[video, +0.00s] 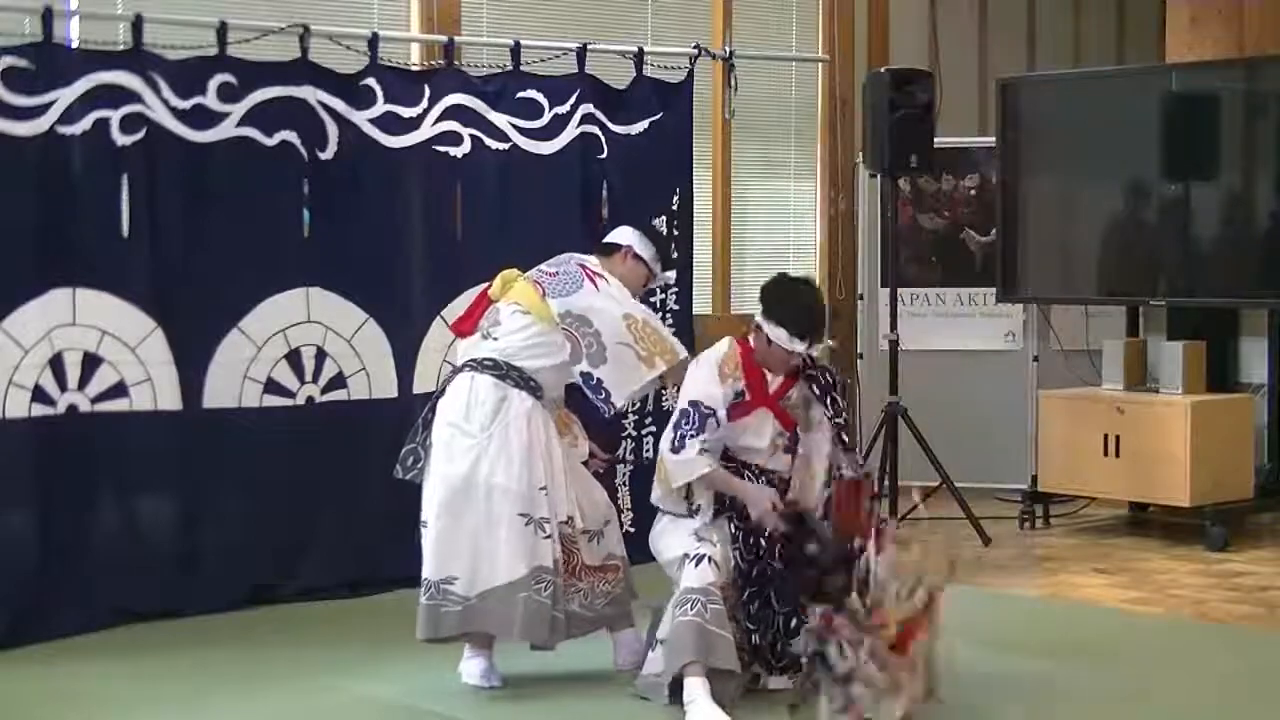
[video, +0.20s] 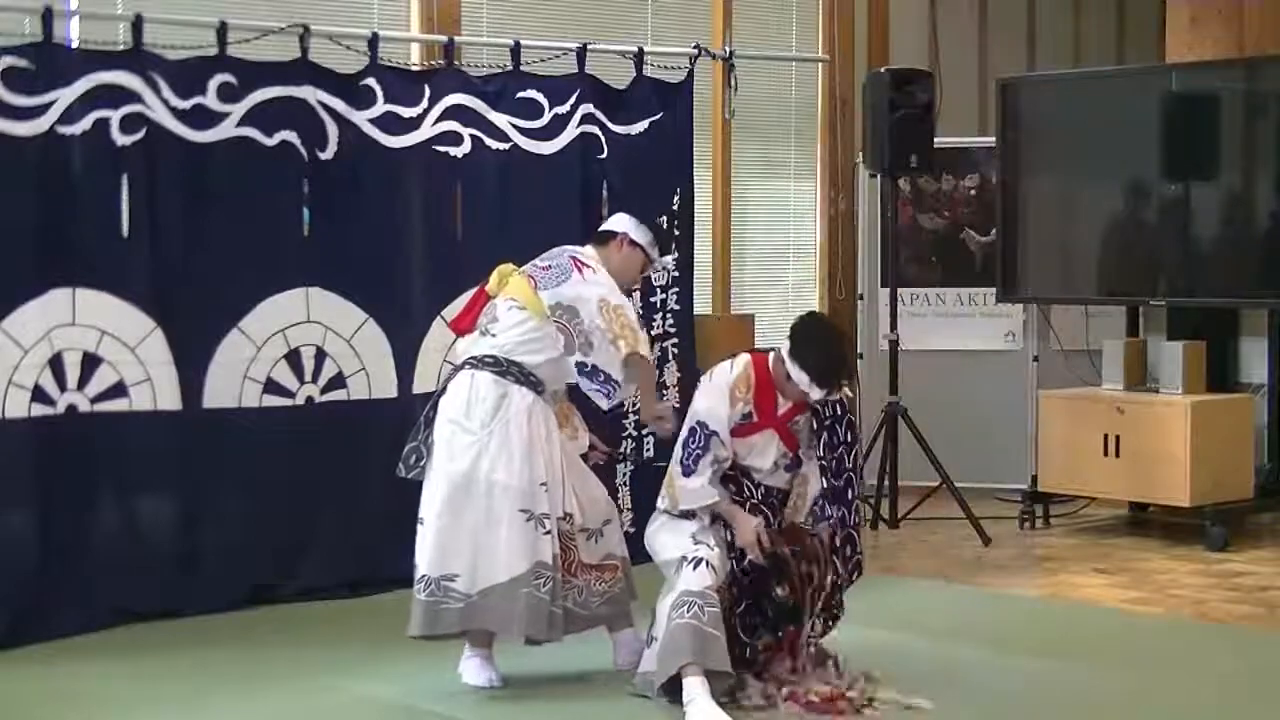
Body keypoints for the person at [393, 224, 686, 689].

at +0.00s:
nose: (644, 290)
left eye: (649, 282)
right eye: (646, 276)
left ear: (619, 255)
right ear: (627, 255)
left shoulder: (559, 274)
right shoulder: (594, 280)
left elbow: (543, 384)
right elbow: (656, 349)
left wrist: (581, 443)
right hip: (492, 403)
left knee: (593, 512)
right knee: (487, 526)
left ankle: (627, 643)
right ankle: (478, 653)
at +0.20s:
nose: (640, 280)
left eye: (646, 271)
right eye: (643, 266)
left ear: (613, 243)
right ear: (622, 245)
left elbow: (542, 370)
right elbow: (634, 353)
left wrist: (577, 432)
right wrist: (654, 408)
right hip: (498, 399)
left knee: (594, 510)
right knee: (488, 522)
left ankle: (627, 642)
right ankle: (478, 652)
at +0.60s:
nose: (661, 254)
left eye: (667, 244)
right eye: (661, 238)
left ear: (629, 221)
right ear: (630, 217)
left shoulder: (592, 263)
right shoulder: (580, 258)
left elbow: (564, 354)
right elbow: (590, 346)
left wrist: (591, 415)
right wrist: (668, 345)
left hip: (544, 400)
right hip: (503, 394)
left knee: (613, 504)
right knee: (498, 517)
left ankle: (631, 643)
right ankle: (478, 650)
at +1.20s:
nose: (672, 258)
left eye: (679, 249)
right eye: (673, 244)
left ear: (643, 227)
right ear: (644, 223)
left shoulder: (604, 263)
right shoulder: (595, 261)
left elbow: (587, 357)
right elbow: (595, 347)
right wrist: (678, 331)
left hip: (557, 405)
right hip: (515, 398)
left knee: (621, 506)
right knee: (500, 519)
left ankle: (633, 647)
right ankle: (479, 651)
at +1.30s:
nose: (667, 263)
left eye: (674, 254)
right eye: (669, 248)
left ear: (636, 226)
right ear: (641, 224)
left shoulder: (592, 261)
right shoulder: (592, 262)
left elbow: (586, 359)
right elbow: (589, 349)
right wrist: (674, 329)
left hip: (549, 400)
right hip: (517, 397)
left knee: (621, 504)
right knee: (505, 518)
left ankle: (633, 644)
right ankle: (479, 652)